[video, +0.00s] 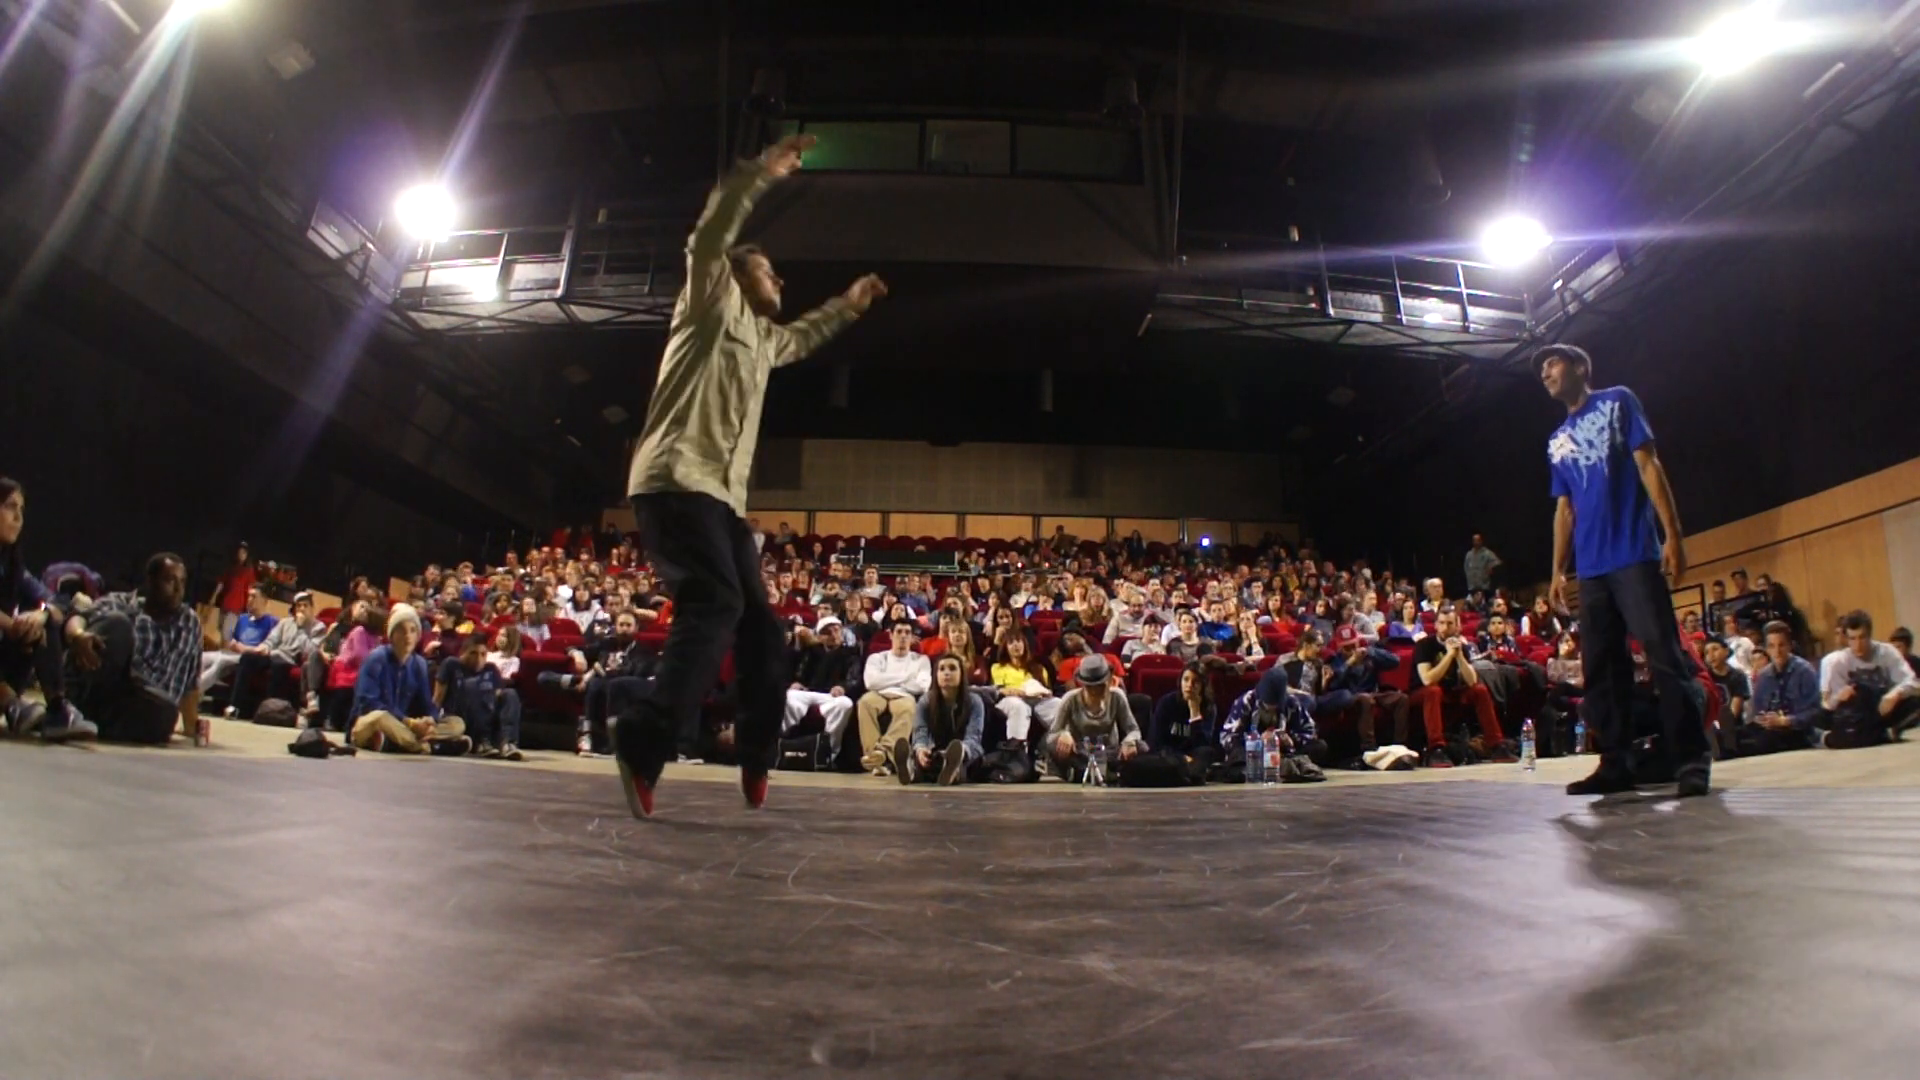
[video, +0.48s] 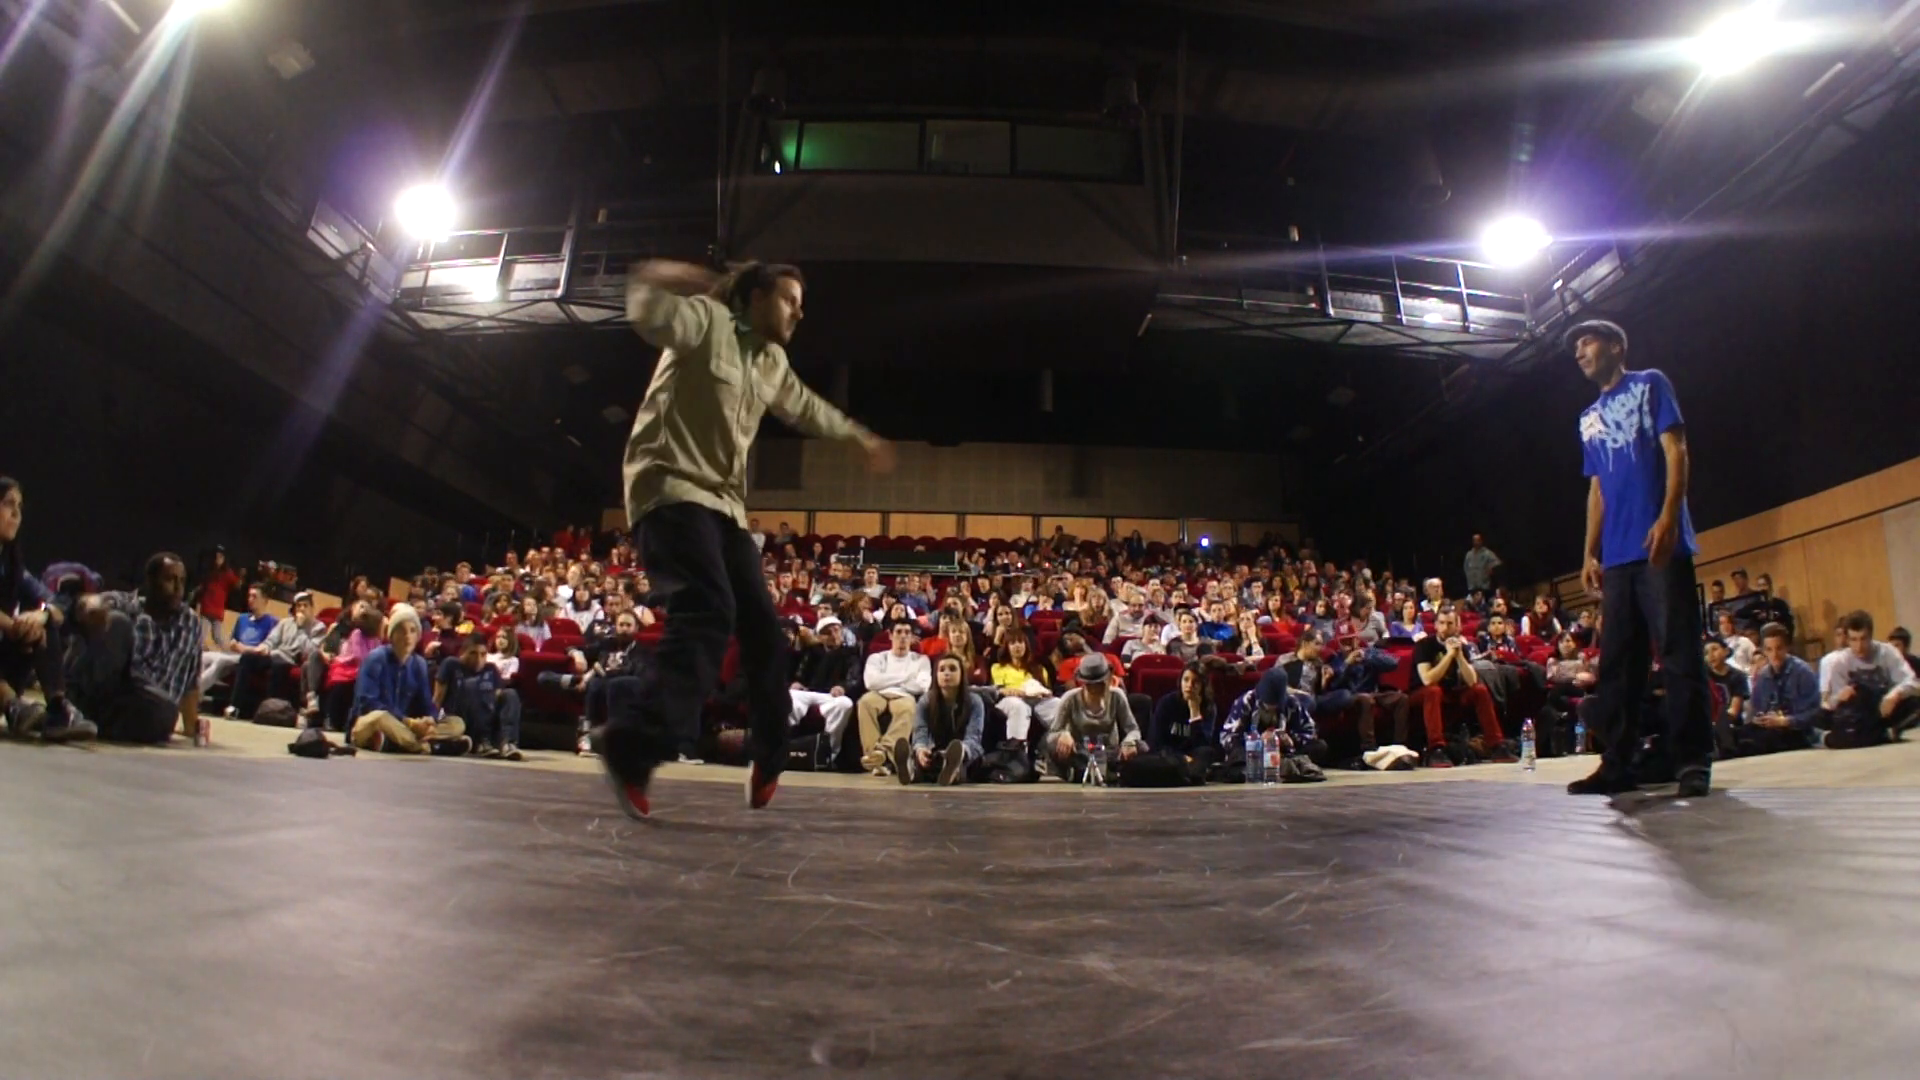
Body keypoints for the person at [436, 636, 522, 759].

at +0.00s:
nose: (478, 658)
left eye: (483, 654)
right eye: (474, 653)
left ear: (487, 655)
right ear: (465, 654)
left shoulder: (490, 669)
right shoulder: (451, 665)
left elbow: (497, 695)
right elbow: (438, 697)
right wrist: (430, 721)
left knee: (510, 694)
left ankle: (508, 743)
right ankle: (483, 742)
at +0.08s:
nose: (478, 658)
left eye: (483, 654)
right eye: (473, 653)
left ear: (486, 655)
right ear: (464, 654)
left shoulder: (490, 669)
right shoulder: (451, 665)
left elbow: (497, 695)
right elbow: (438, 697)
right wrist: (430, 720)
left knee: (510, 694)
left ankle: (508, 743)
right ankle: (483, 742)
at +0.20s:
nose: (478, 659)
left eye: (483, 654)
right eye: (473, 654)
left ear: (486, 655)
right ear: (464, 653)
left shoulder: (490, 669)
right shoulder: (450, 665)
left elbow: (497, 695)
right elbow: (438, 698)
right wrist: (429, 722)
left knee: (510, 694)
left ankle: (508, 743)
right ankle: (483, 742)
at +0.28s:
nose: (478, 659)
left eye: (483, 654)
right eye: (473, 654)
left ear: (487, 655)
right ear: (464, 653)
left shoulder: (491, 669)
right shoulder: (450, 664)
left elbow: (497, 695)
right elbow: (438, 697)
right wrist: (429, 722)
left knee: (510, 694)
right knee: (471, 690)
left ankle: (508, 743)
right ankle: (483, 742)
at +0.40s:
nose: (478, 659)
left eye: (483, 654)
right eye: (473, 654)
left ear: (487, 655)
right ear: (464, 653)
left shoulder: (491, 669)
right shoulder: (450, 664)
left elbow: (497, 696)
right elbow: (438, 697)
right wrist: (429, 721)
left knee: (510, 694)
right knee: (471, 688)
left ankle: (508, 743)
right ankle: (483, 742)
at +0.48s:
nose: (478, 659)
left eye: (483, 654)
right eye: (473, 654)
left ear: (487, 655)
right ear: (464, 653)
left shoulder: (491, 669)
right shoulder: (450, 664)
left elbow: (496, 695)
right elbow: (438, 698)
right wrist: (429, 722)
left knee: (510, 694)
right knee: (471, 688)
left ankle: (508, 743)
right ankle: (483, 742)